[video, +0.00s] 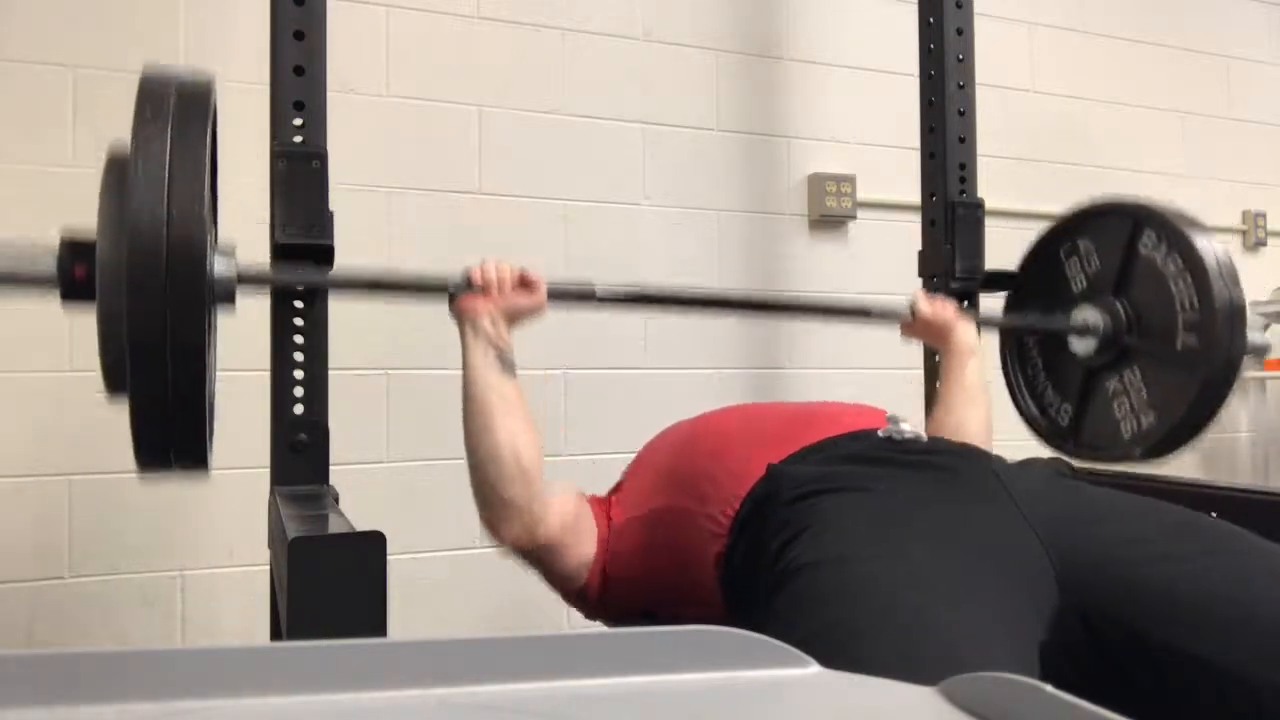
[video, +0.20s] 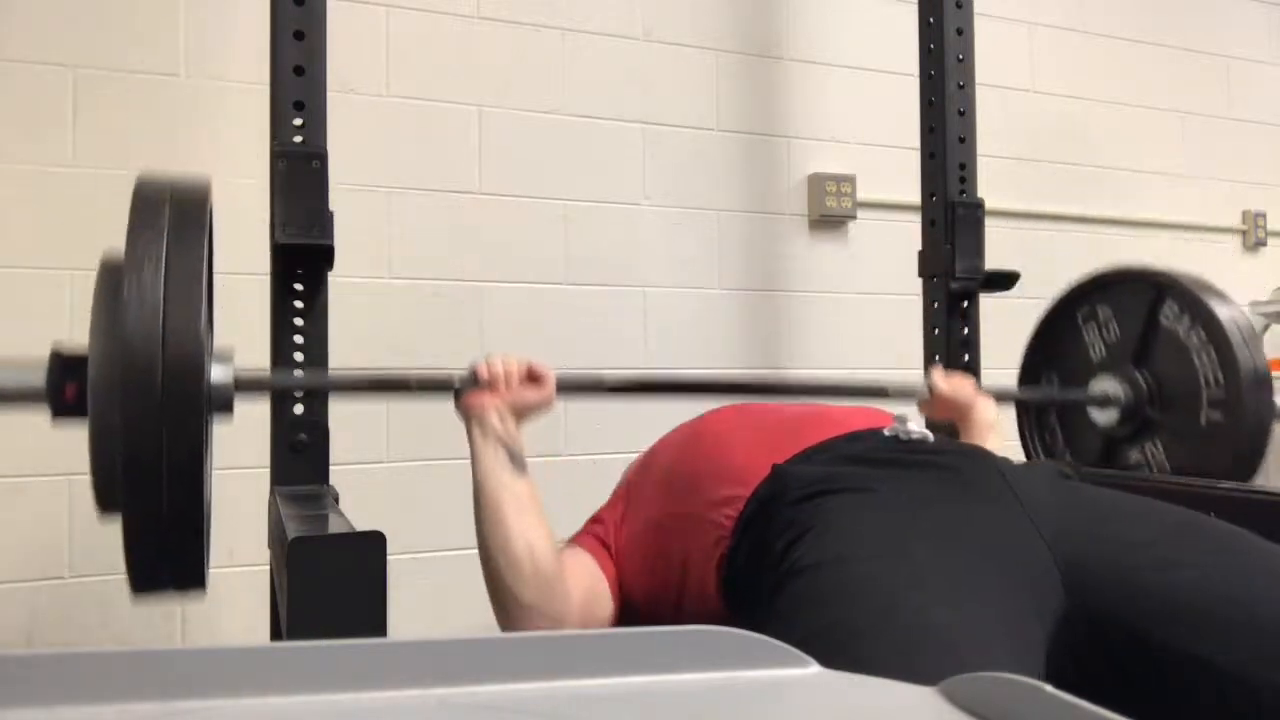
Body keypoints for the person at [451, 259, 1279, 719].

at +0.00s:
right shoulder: (615, 543)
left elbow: (961, 468)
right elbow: (519, 508)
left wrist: (962, 347)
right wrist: (483, 340)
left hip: (1032, 488)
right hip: (852, 504)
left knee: (1273, 619)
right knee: (929, 680)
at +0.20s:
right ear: (650, 487)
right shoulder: (633, 519)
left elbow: (1014, 515)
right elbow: (547, 618)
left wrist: (983, 428)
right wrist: (495, 441)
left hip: (1017, 481)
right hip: (855, 499)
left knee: (1277, 622)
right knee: (942, 694)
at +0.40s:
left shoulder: (849, 425)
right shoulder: (613, 544)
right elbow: (555, 635)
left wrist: (986, 457)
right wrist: (498, 499)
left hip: (1035, 487)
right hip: (856, 506)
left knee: (1274, 607)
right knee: (929, 700)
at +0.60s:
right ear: (642, 495)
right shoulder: (631, 522)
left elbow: (1006, 496)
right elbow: (551, 597)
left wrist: (985, 400)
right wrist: (495, 425)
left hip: (1030, 478)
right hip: (855, 497)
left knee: (1276, 621)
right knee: (944, 687)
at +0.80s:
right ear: (643, 492)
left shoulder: (863, 439)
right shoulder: (617, 544)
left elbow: (965, 464)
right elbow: (516, 505)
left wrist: (966, 339)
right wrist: (485, 342)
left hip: (1043, 482)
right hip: (857, 505)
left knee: (1273, 620)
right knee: (934, 673)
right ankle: (977, 703)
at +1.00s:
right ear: (618, 499)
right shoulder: (606, 534)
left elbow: (921, 423)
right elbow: (518, 440)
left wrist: (952, 294)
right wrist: (480, 282)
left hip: (1013, 482)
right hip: (838, 503)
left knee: (1274, 612)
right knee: (936, 692)